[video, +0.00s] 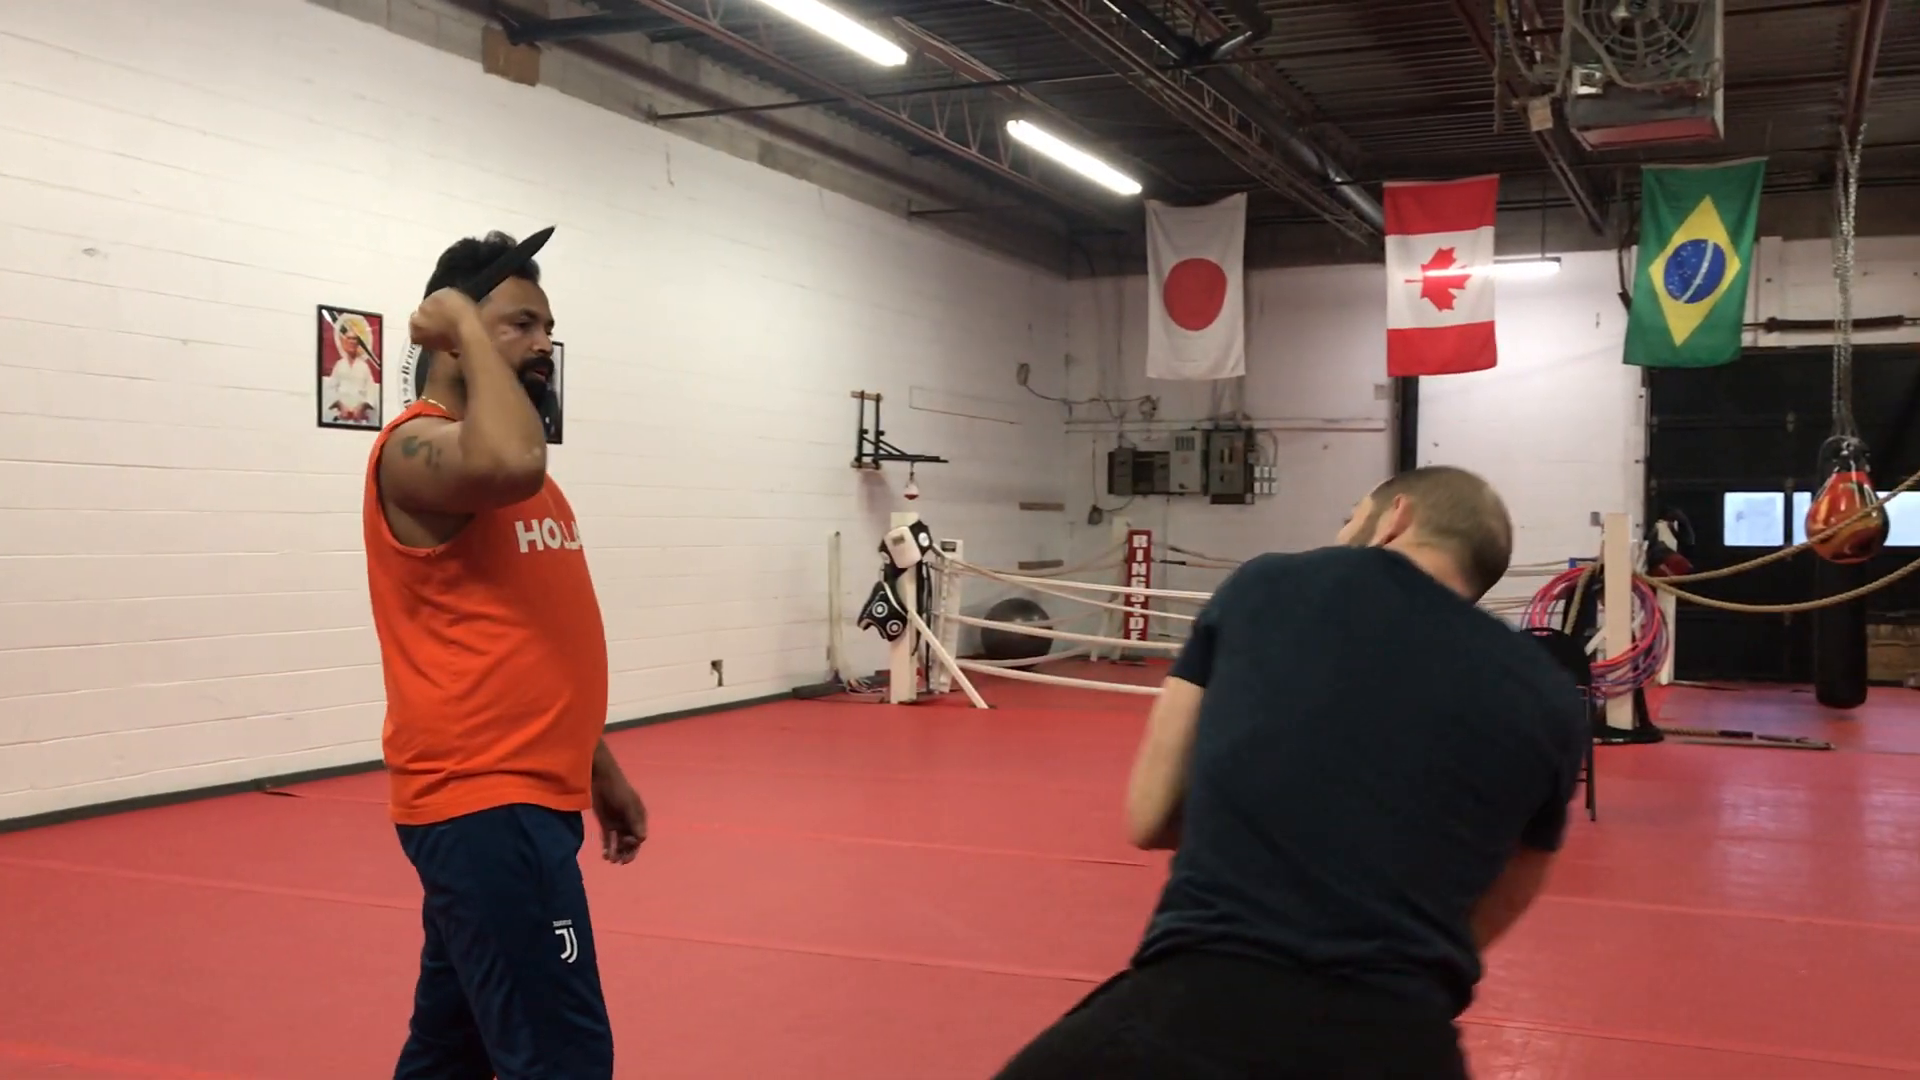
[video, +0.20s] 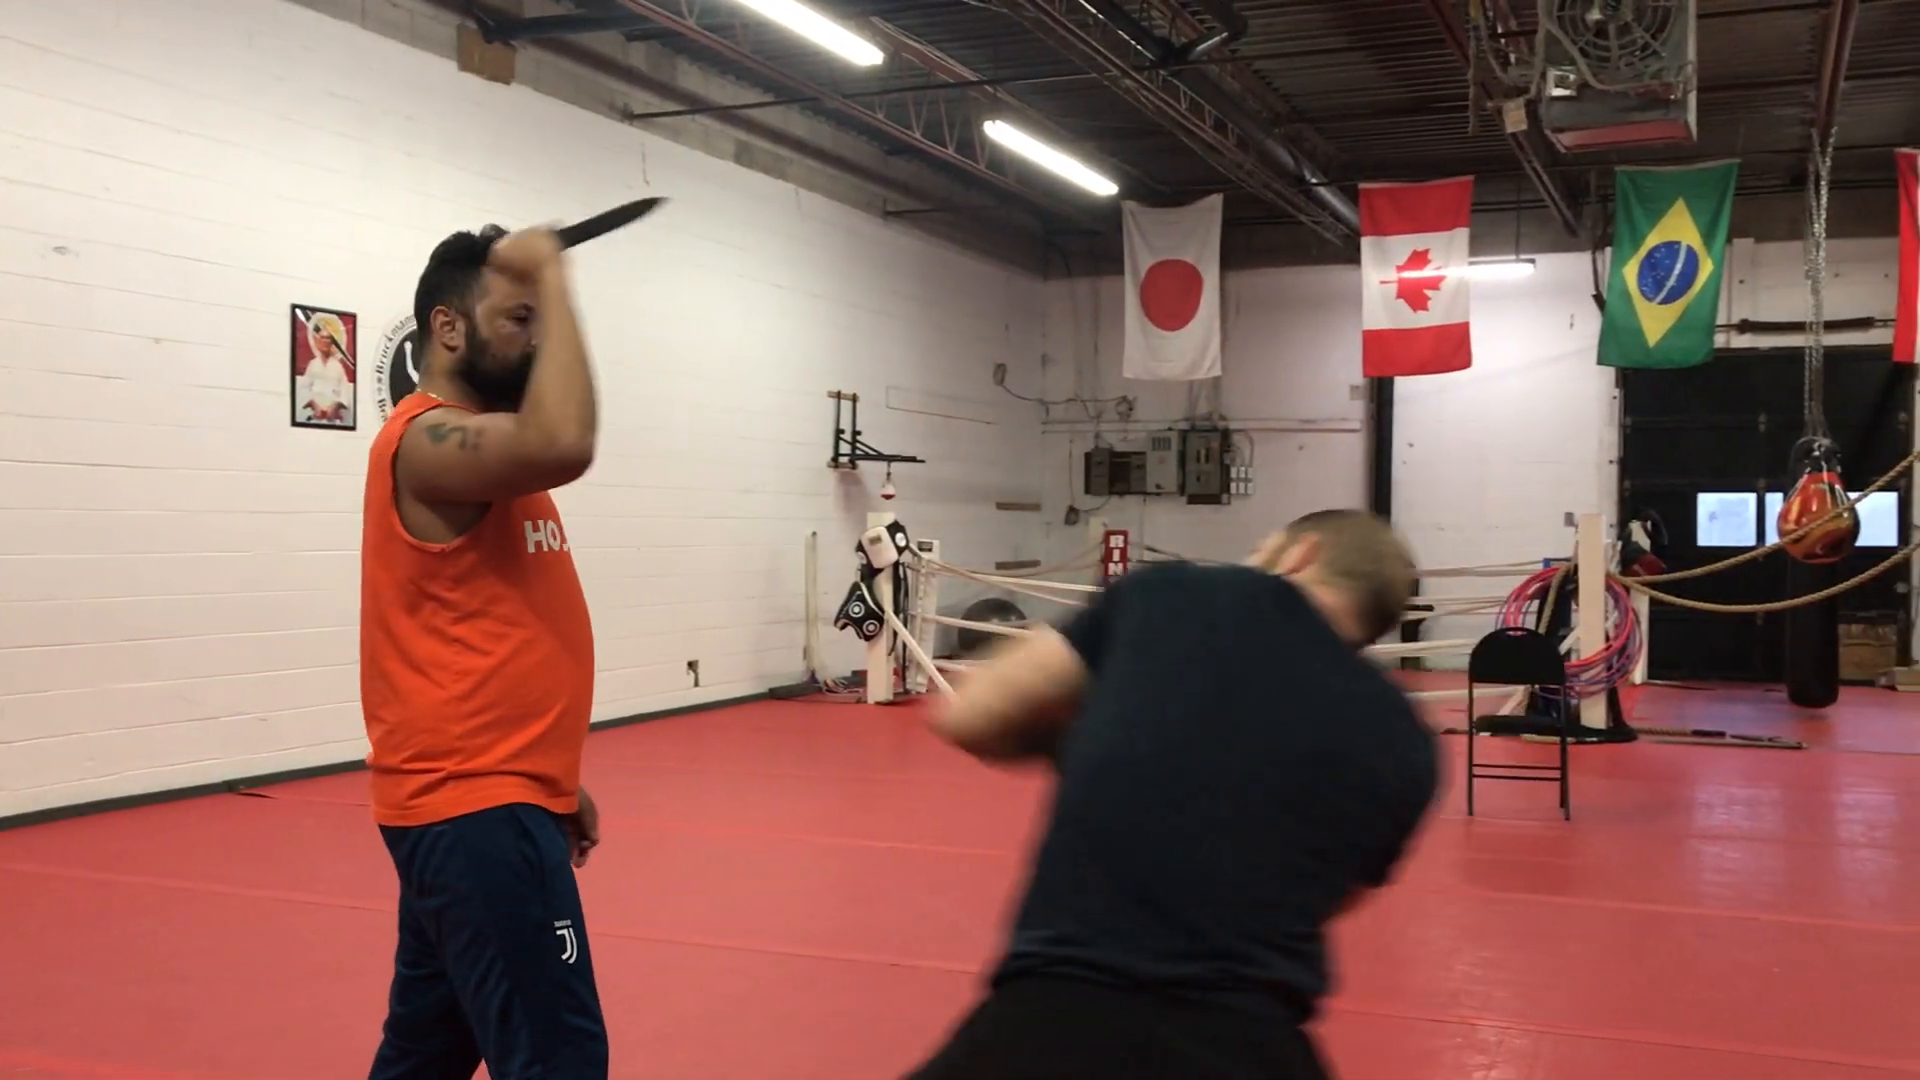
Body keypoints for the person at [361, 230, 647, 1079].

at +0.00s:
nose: (544, 346)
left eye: (546, 326)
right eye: (518, 323)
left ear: (542, 334)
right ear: (457, 340)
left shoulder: (517, 452)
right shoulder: (415, 444)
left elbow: (537, 632)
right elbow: (512, 460)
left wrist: (600, 769)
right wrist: (466, 327)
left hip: (527, 798)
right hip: (477, 802)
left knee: (452, 1055)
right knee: (566, 1056)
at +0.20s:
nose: (540, 340)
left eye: (541, 320)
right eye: (516, 318)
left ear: (458, 333)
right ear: (449, 327)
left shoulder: (474, 433)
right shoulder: (429, 436)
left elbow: (490, 635)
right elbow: (561, 442)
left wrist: (553, 779)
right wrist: (551, 281)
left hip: (484, 798)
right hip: (471, 804)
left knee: (427, 1053)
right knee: (559, 1057)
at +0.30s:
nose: (547, 336)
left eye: (546, 318)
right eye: (522, 315)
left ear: (457, 331)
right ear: (449, 324)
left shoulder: (459, 430)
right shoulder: (442, 435)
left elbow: (478, 635)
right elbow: (590, 444)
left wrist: (540, 786)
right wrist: (626, 267)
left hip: (467, 800)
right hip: (465, 807)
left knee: (408, 1056)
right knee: (546, 1058)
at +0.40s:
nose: (545, 337)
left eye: (543, 316)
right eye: (523, 313)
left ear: (450, 329)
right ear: (448, 323)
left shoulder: (423, 429)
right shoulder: (449, 434)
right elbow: (613, 456)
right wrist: (697, 285)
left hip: (424, 802)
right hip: (461, 809)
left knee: (394, 1055)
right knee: (535, 1059)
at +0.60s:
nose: (538, 337)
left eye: (536, 316)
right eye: (517, 316)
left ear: (443, 329)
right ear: (443, 324)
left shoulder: (393, 434)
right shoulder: (442, 437)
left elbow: (607, 463)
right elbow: (618, 460)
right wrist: (740, 312)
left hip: (393, 800)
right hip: (444, 806)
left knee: (371, 1057)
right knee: (515, 1057)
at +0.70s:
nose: (525, 343)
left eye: (524, 322)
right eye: (504, 321)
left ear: (434, 331)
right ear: (427, 324)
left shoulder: (385, 429)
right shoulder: (422, 434)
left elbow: (585, 455)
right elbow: (592, 449)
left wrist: (707, 391)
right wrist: (739, 311)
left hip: (392, 802)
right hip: (434, 807)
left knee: (364, 1055)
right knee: (498, 1059)